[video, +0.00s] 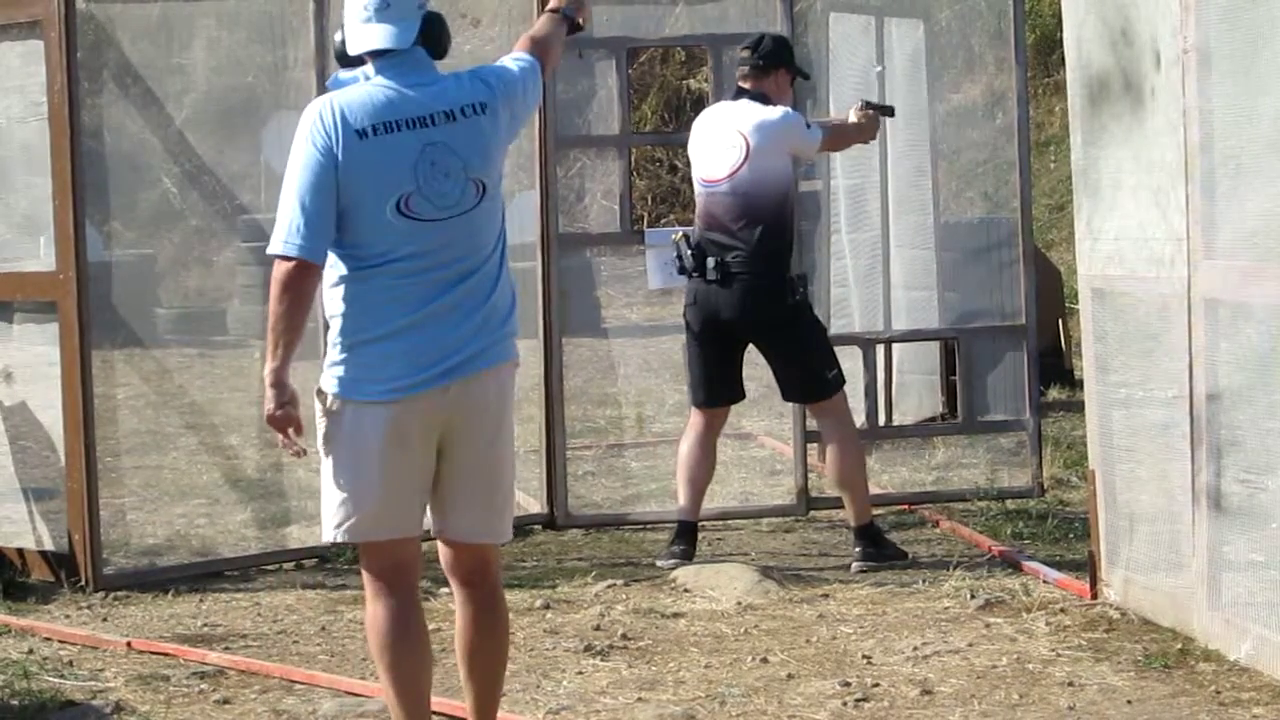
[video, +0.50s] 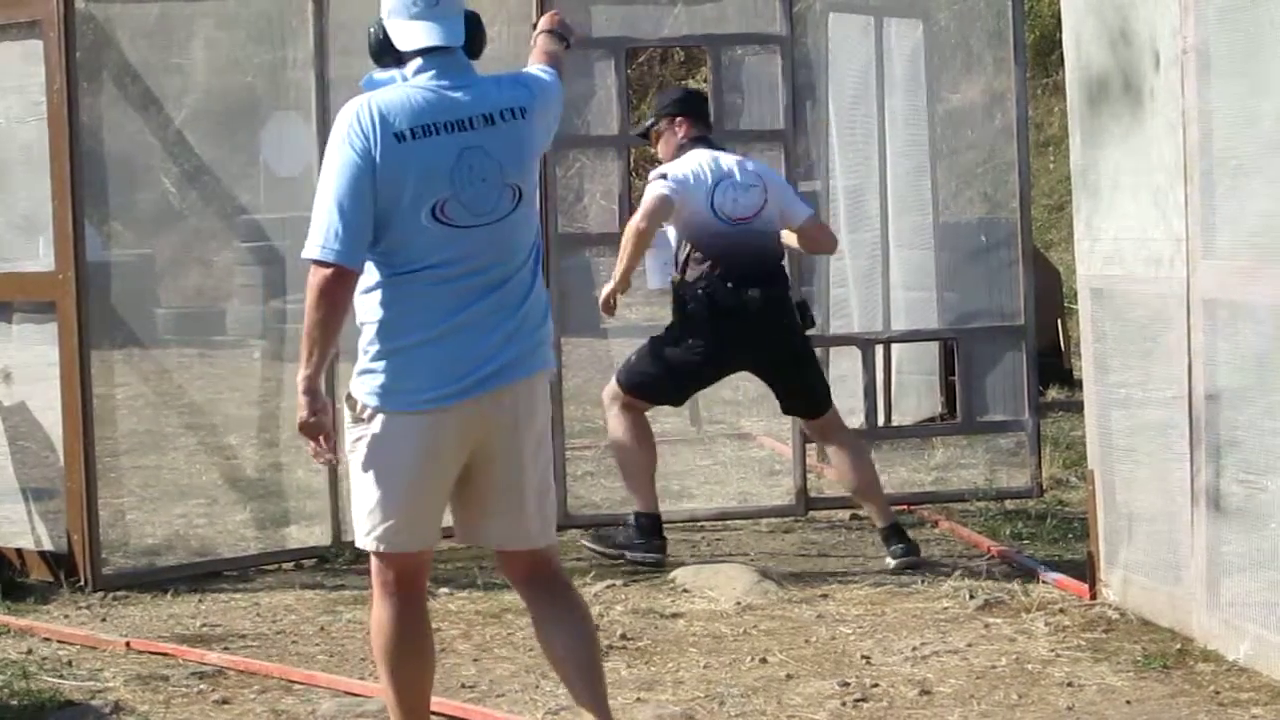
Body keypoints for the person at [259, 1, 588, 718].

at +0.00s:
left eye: (344, 51)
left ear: (350, 51)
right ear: (430, 41)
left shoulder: (329, 119)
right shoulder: (484, 96)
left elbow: (297, 263)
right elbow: (534, 54)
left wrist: (276, 374)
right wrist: (559, 17)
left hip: (378, 381)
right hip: (484, 368)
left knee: (390, 577)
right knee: (477, 571)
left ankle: (411, 713)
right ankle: (485, 714)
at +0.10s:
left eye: (342, 52)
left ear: (349, 51)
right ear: (429, 41)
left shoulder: (326, 120)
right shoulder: (483, 95)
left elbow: (293, 264)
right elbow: (535, 53)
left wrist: (272, 378)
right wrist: (561, 17)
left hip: (377, 382)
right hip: (485, 368)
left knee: (388, 579)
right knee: (474, 566)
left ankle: (409, 713)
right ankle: (479, 713)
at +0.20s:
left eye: (346, 50)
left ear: (353, 51)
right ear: (434, 41)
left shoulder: (328, 120)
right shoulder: (487, 95)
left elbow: (295, 264)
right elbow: (538, 56)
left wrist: (272, 378)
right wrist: (562, 18)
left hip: (379, 382)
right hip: (490, 367)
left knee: (390, 579)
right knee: (480, 555)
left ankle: (410, 713)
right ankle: (486, 712)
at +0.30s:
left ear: (361, 49)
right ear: (442, 38)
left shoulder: (336, 118)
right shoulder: (495, 96)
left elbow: (302, 263)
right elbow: (540, 61)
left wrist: (279, 378)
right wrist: (558, 22)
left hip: (386, 383)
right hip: (497, 367)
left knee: (394, 579)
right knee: (493, 548)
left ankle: (412, 714)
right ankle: (516, 711)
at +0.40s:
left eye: (368, 42)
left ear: (370, 46)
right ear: (452, 36)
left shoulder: (348, 118)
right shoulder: (508, 99)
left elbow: (312, 270)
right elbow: (542, 65)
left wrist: (291, 380)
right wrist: (555, 29)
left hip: (393, 386)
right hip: (504, 370)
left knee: (395, 581)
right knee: (510, 552)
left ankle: (412, 714)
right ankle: (559, 709)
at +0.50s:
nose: (378, 62)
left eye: (380, 48)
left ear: (387, 49)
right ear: (469, 41)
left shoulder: (366, 119)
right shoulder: (524, 101)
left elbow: (334, 269)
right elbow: (548, 69)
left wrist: (311, 383)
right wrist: (551, 32)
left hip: (409, 388)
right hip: (518, 375)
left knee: (400, 583)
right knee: (536, 565)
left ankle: (410, 714)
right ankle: (599, 710)